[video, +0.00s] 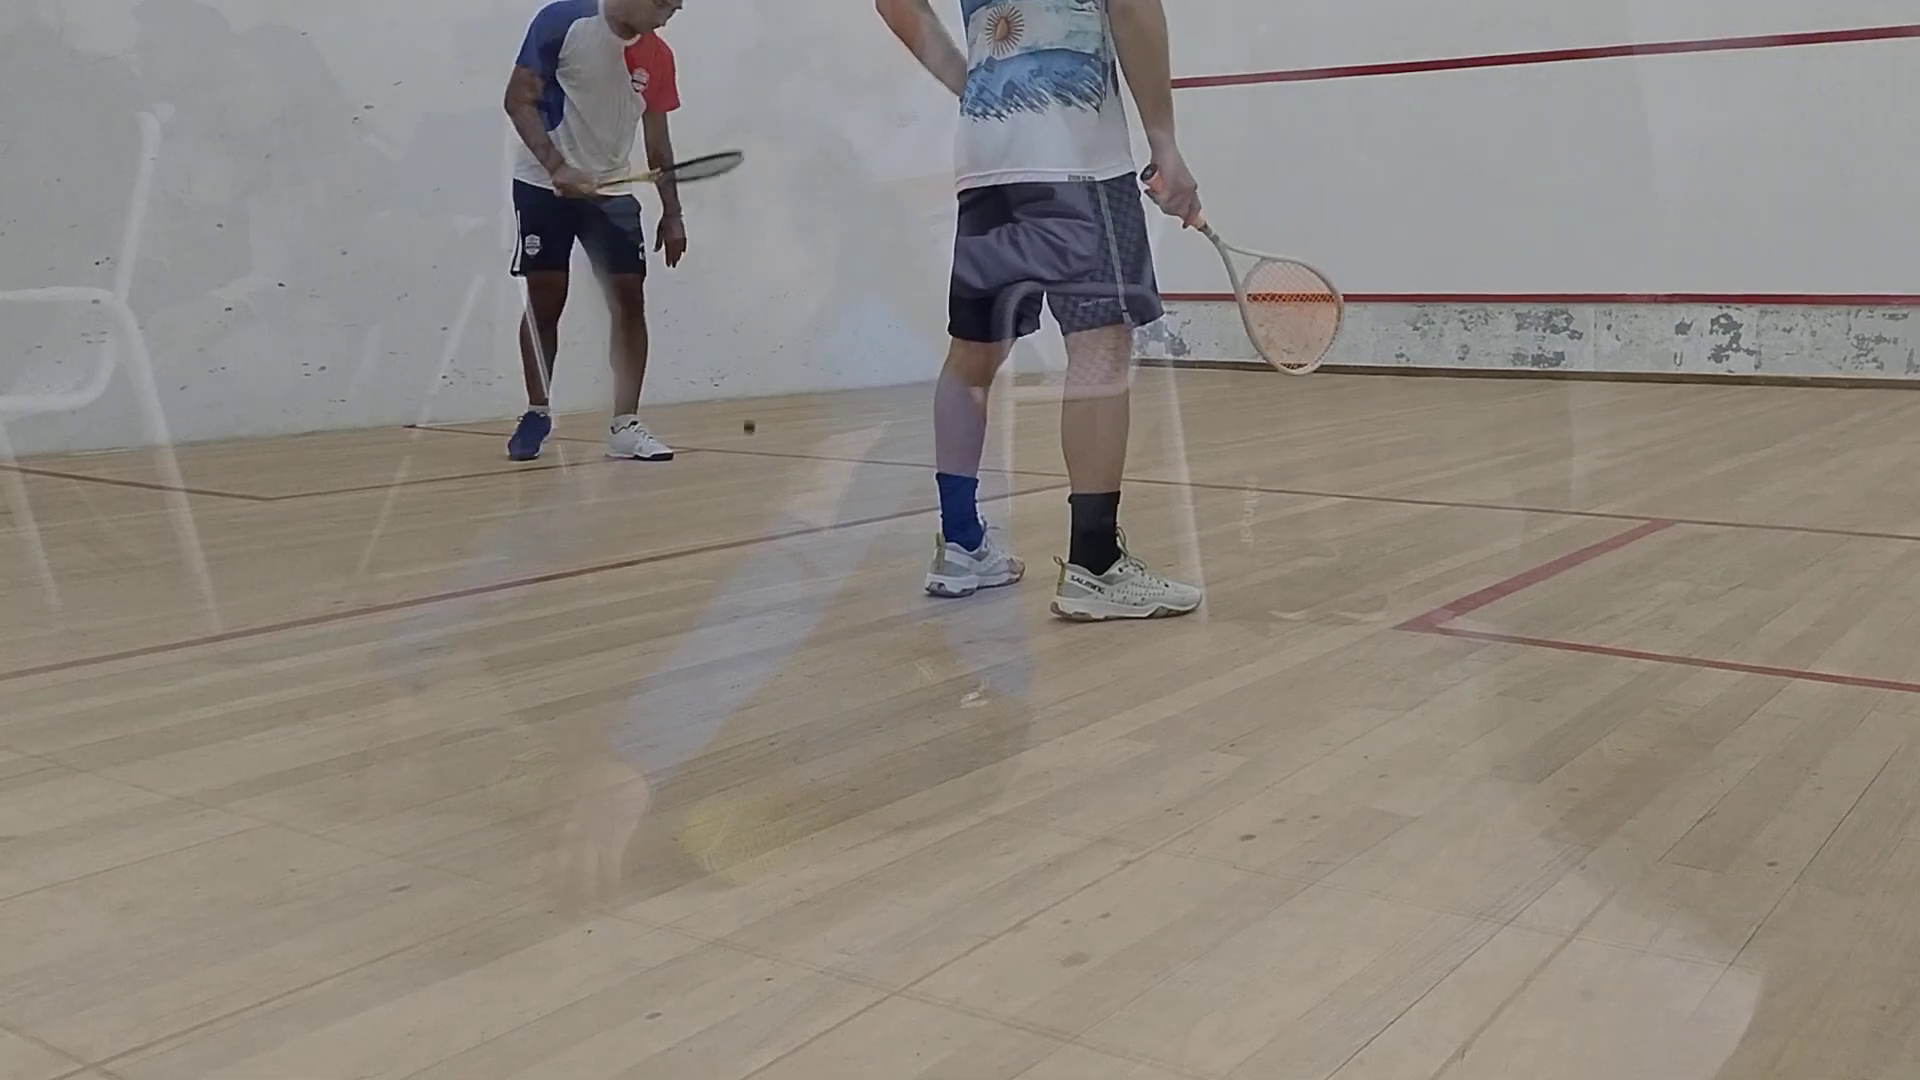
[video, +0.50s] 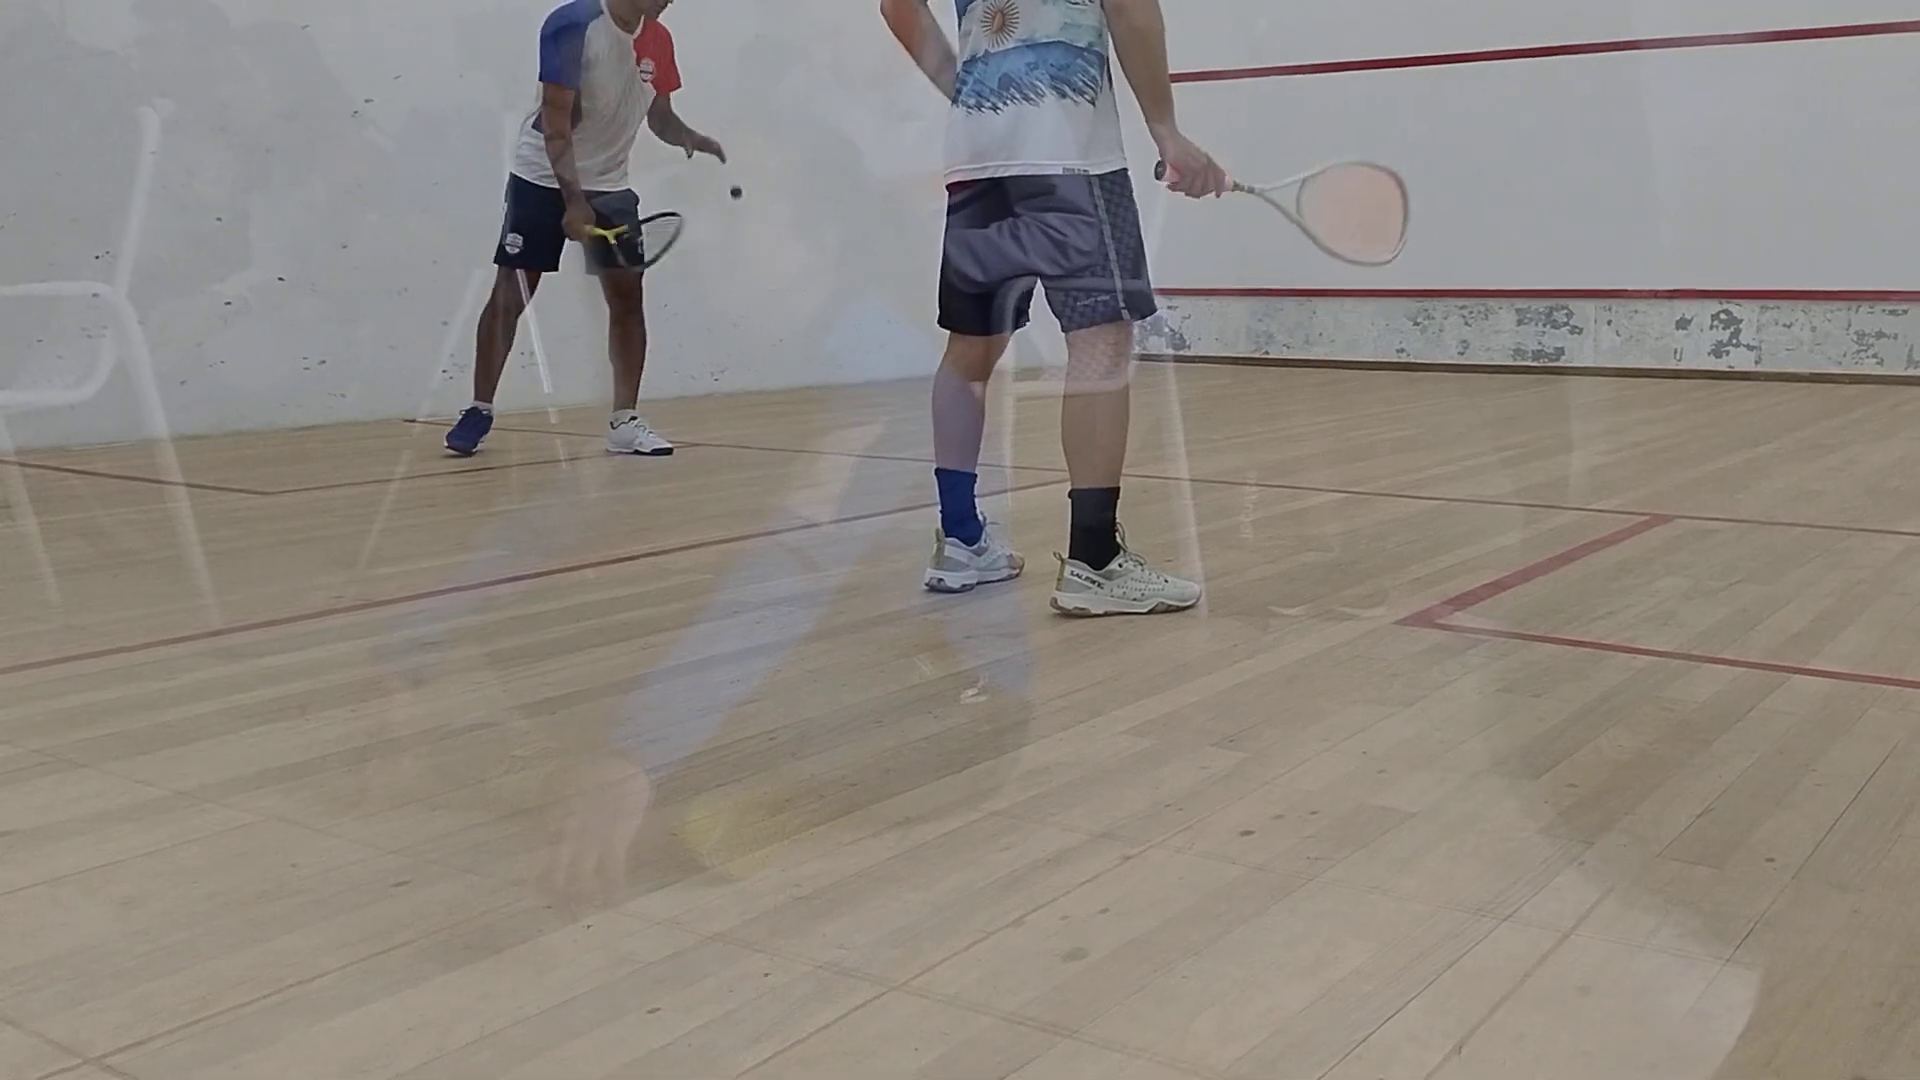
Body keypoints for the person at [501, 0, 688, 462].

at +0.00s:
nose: (666, 20)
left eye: (671, 14)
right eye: (664, 10)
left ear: (657, 8)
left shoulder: (654, 52)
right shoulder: (559, 22)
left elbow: (657, 135)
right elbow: (518, 100)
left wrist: (671, 211)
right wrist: (556, 167)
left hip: (612, 191)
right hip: (544, 187)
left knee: (630, 302)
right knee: (545, 303)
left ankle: (624, 425)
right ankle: (538, 412)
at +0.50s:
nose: (664, 3)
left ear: (658, 4)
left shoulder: (657, 38)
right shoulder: (569, 27)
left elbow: (659, 115)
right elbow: (556, 126)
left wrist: (690, 138)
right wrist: (574, 200)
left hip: (608, 183)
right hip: (542, 180)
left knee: (628, 298)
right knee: (510, 296)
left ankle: (624, 422)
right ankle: (480, 409)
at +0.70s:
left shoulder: (623, 30)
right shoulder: (524, 16)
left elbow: (669, 110)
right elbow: (515, 100)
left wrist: (696, 90)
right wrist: (519, 174)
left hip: (585, 182)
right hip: (517, 177)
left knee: (614, 288)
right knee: (491, 292)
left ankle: (622, 419)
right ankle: (469, 413)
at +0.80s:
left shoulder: (600, 25)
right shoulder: (496, 17)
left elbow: (655, 99)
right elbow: (480, 96)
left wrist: (685, 83)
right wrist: (475, 146)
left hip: (566, 179)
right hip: (498, 178)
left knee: (602, 287)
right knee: (479, 297)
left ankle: (620, 419)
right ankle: (466, 415)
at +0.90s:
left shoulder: (576, 22)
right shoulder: (467, 15)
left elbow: (630, 96)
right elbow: (441, 95)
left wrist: (665, 90)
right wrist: (422, 116)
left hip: (549, 174)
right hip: (477, 173)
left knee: (587, 282)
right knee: (468, 292)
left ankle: (614, 417)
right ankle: (464, 415)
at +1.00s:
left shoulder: (554, 17)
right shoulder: (443, 12)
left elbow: (603, 98)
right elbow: (407, 89)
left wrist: (636, 117)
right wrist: (372, 78)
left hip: (535, 173)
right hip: (463, 172)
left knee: (574, 279)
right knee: (461, 290)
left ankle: (592, 417)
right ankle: (460, 414)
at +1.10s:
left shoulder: (533, 13)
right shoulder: (423, 9)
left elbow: (576, 97)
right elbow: (376, 77)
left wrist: (602, 139)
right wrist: (336, 43)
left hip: (523, 170)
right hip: (450, 169)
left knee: (556, 286)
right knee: (450, 294)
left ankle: (563, 416)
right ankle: (453, 413)